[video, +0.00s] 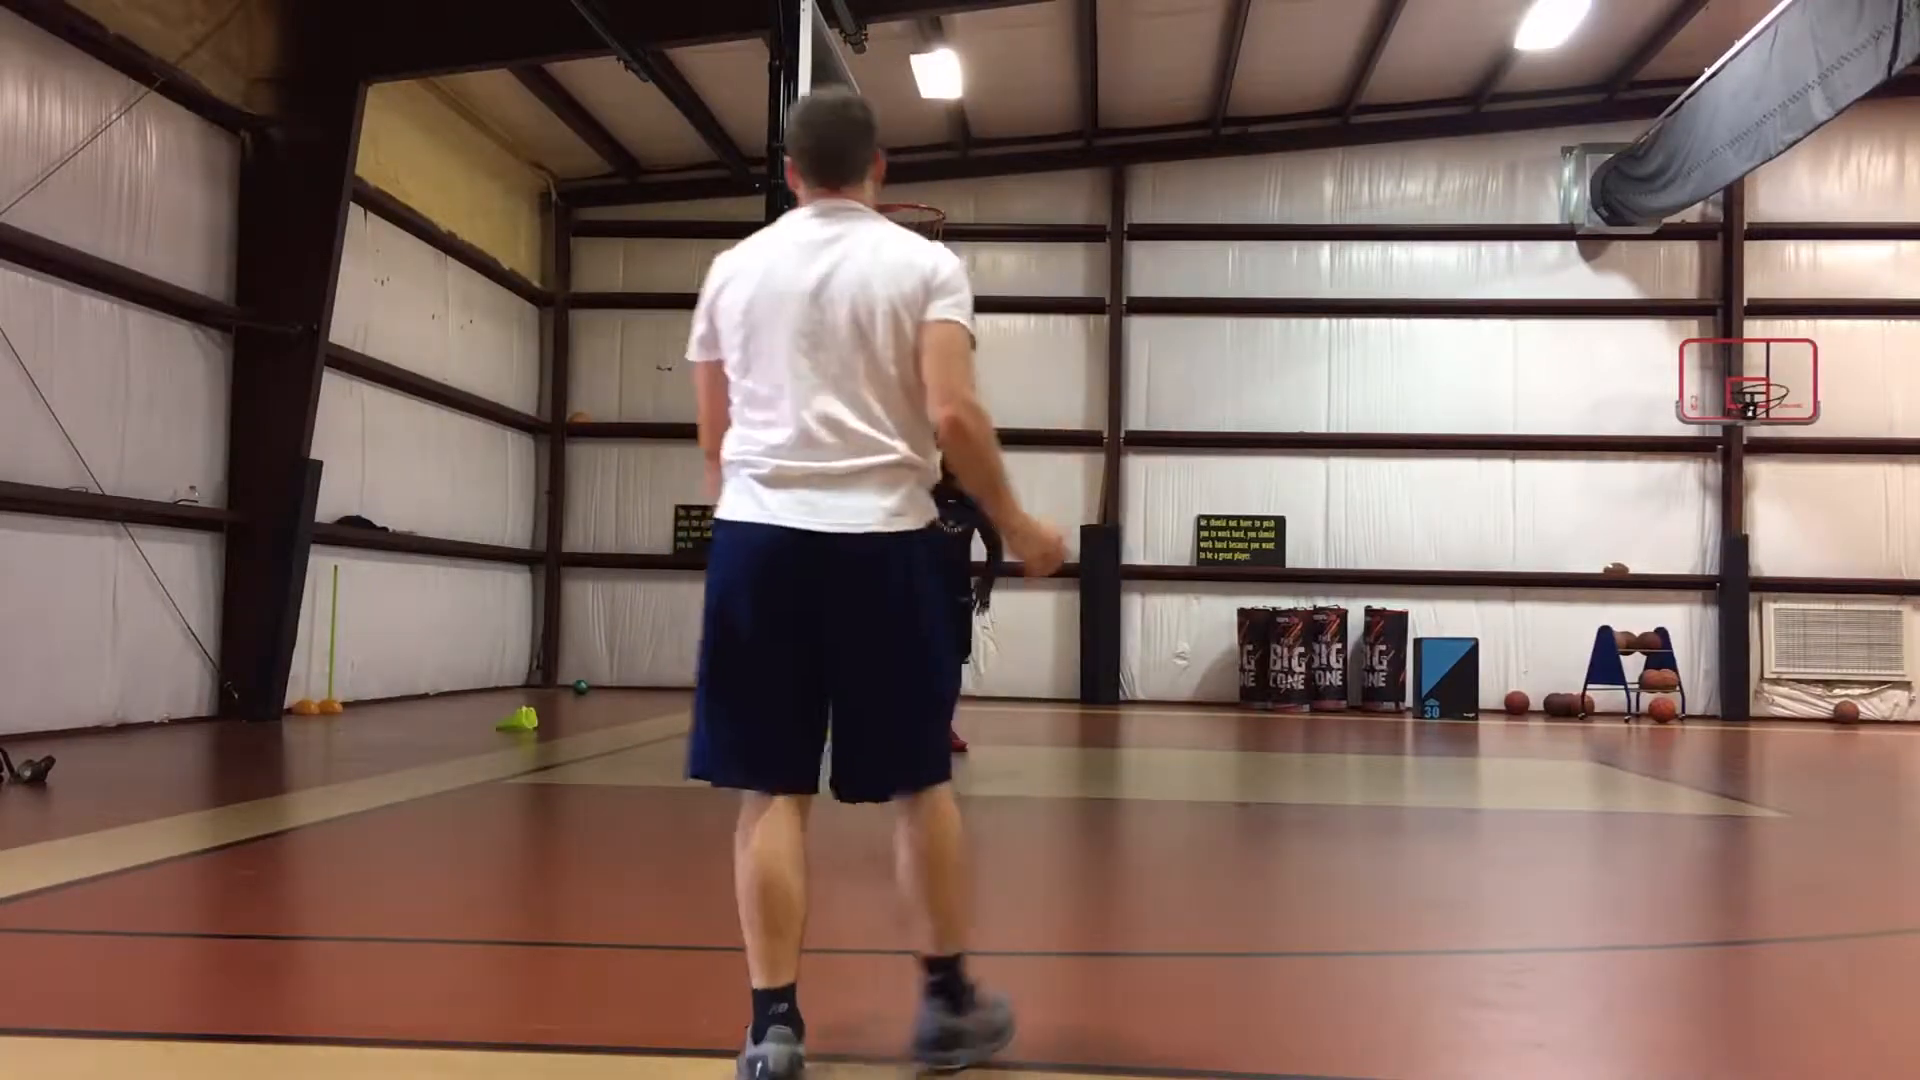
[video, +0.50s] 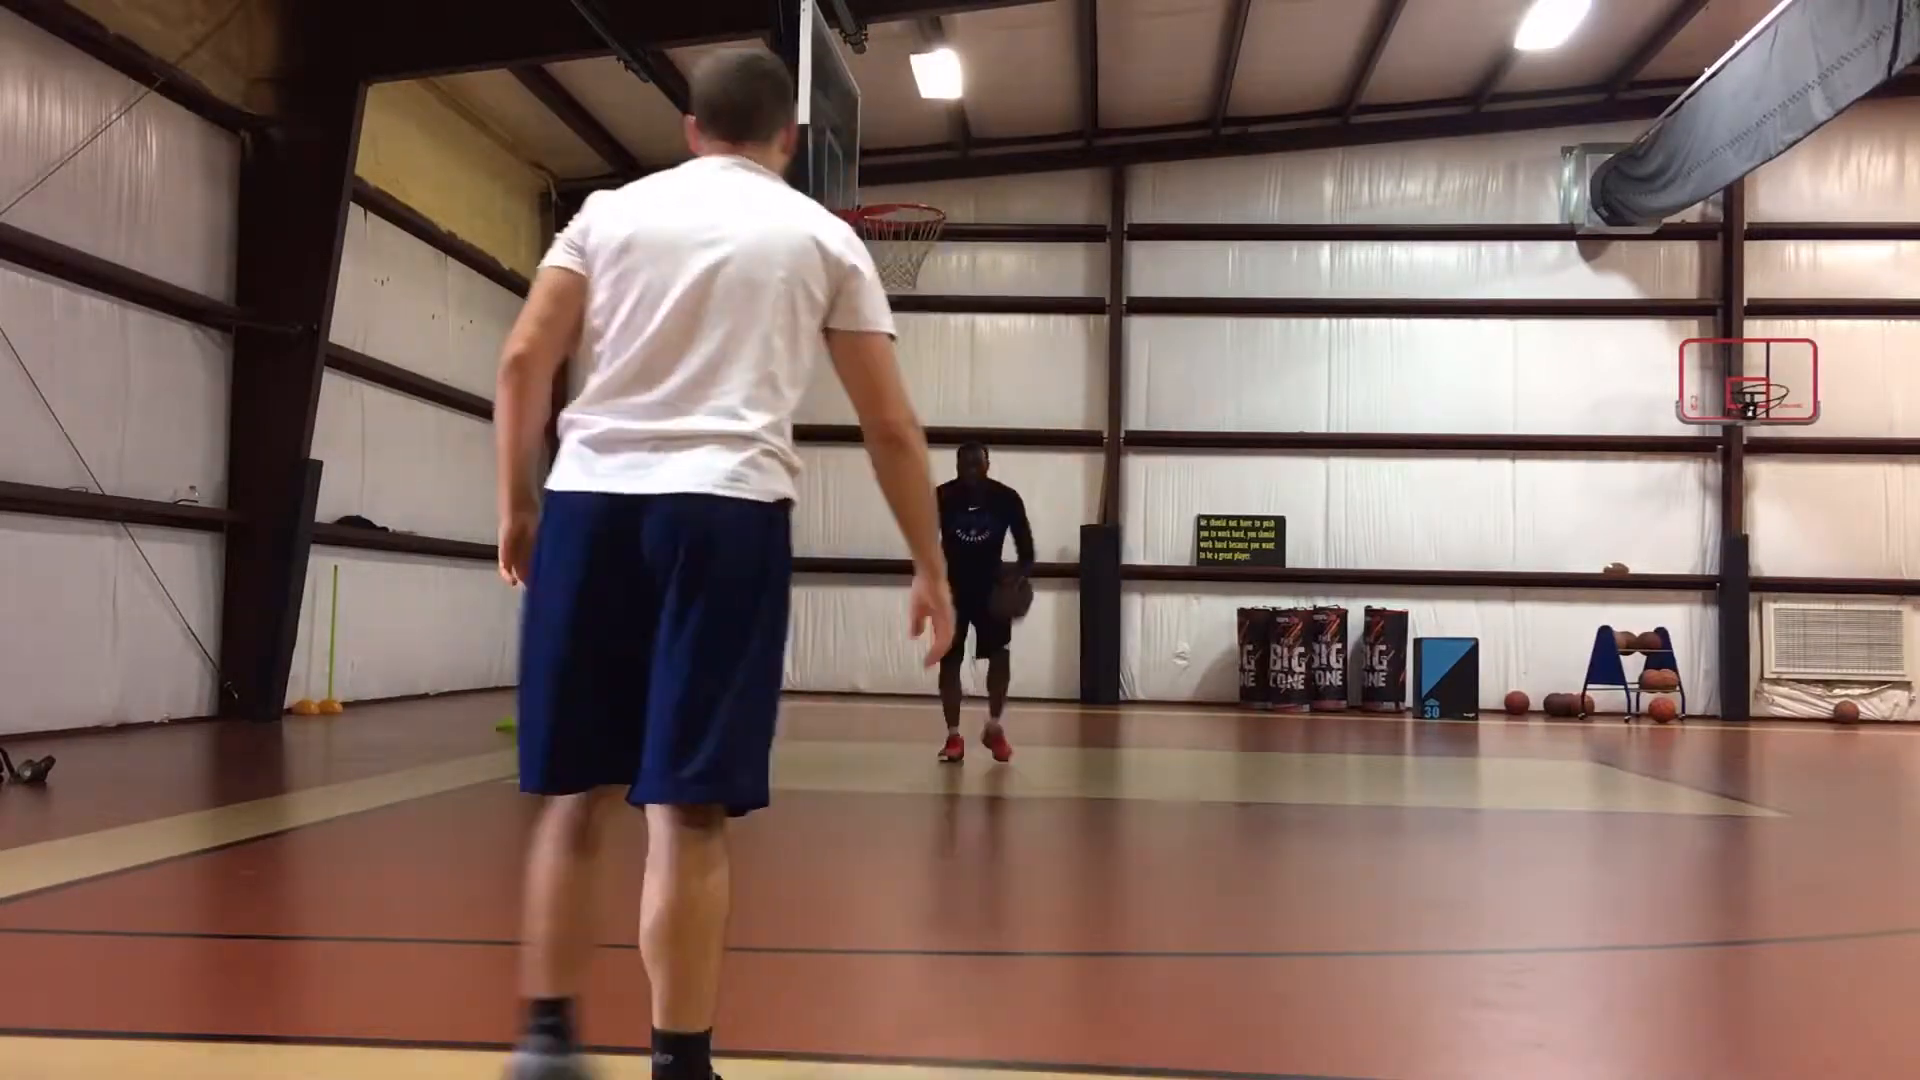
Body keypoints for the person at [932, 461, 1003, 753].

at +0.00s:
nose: (952, 479)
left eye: (958, 473)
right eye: (947, 471)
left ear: (967, 476)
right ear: (937, 471)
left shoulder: (971, 507)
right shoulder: (922, 502)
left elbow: (994, 545)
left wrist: (987, 581)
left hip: (956, 590)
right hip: (922, 586)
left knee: (952, 662)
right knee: (923, 661)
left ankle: (944, 725)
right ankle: (925, 727)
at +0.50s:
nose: (972, 471)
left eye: (977, 465)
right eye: (967, 465)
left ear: (987, 464)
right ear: (958, 466)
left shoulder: (1006, 498)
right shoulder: (942, 496)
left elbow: (1026, 550)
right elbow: (927, 540)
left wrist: (1018, 577)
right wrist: (932, 580)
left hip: (991, 590)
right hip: (952, 588)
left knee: (1000, 657)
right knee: (950, 662)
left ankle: (994, 725)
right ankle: (953, 735)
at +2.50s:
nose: (1065, 460)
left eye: (1068, 453)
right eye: (1065, 453)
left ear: (1084, 452)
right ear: (1096, 452)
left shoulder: (1078, 487)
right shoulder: (1121, 487)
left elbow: (1082, 545)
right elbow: (1129, 544)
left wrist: (1080, 596)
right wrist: (1115, 580)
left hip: (1090, 592)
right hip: (1122, 589)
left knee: (1080, 665)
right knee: (1125, 662)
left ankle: (1077, 740)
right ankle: (1163, 731)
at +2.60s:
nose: (1055, 458)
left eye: (1059, 452)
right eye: (1056, 452)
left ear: (1071, 453)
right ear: (1087, 453)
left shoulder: (1067, 487)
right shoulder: (1113, 484)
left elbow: (1062, 549)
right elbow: (1123, 539)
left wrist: (1057, 600)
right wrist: (1108, 576)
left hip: (1075, 590)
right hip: (1108, 588)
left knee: (1072, 663)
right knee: (1104, 662)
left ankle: (1076, 740)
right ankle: (1143, 715)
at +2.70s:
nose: (1049, 457)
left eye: (1053, 452)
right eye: (1050, 451)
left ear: (1067, 454)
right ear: (1081, 453)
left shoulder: (1059, 489)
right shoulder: (1105, 485)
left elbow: (1045, 547)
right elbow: (1113, 543)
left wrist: (1032, 595)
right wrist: (1106, 584)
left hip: (1068, 590)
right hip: (1101, 589)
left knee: (1068, 662)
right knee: (1084, 661)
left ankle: (1075, 740)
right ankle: (1120, 713)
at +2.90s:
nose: (1041, 452)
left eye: (1047, 447)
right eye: (1043, 446)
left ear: (1063, 452)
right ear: (1072, 453)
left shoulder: (1048, 489)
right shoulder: (1089, 486)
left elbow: (1026, 539)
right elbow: (1097, 541)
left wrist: (999, 578)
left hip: (1057, 589)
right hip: (1082, 587)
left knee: (1051, 657)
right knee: (1059, 658)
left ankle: (1075, 739)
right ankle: (1067, 736)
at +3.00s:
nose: (1037, 448)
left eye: (1044, 444)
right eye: (1041, 443)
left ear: (1059, 454)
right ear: (1063, 455)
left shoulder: (1047, 489)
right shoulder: (1073, 487)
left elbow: (1025, 537)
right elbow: (1068, 543)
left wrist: (992, 571)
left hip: (1053, 588)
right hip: (1060, 586)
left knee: (1059, 660)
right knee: (1037, 658)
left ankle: (1075, 740)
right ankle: (1037, 733)